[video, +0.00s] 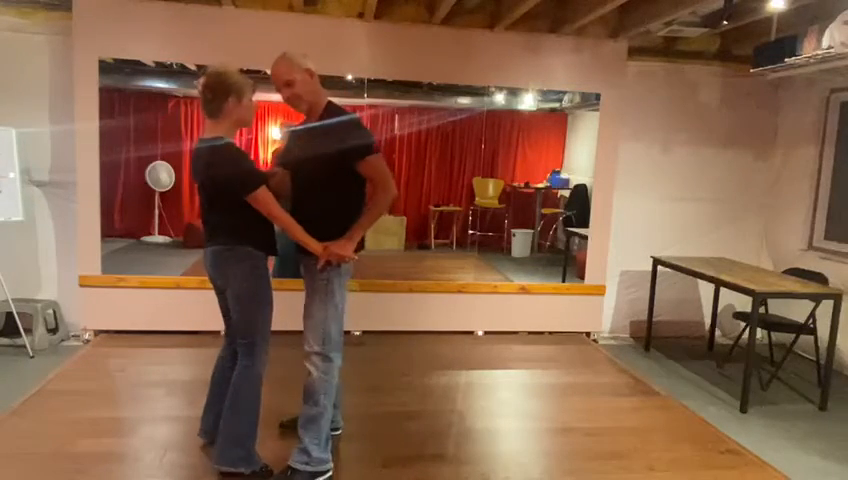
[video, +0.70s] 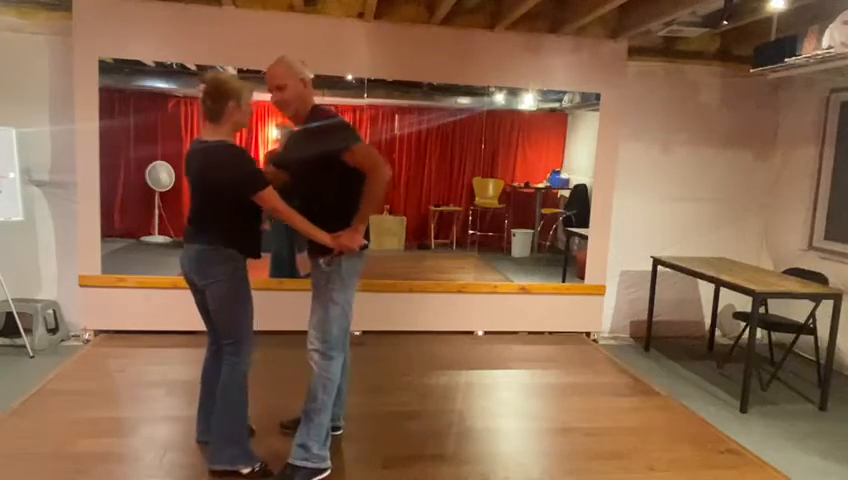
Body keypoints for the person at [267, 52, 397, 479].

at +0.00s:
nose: (284, 94)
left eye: (287, 84)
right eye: (279, 89)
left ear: (310, 75)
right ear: (281, 90)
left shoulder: (346, 125)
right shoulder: (299, 132)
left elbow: (386, 189)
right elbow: (278, 186)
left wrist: (350, 239)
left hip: (334, 252)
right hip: (308, 251)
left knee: (319, 351)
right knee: (321, 343)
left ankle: (314, 460)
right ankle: (326, 419)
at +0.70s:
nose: (275, 98)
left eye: (281, 88)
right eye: (271, 91)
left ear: (305, 84)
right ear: (276, 93)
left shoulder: (329, 126)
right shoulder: (298, 134)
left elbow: (380, 170)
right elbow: (281, 180)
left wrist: (358, 227)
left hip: (340, 251)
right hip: (323, 250)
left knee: (323, 348)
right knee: (331, 342)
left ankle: (312, 457)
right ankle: (329, 418)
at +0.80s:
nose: (275, 97)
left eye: (281, 88)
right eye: (271, 90)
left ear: (305, 85)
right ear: (277, 92)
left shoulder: (328, 125)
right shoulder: (297, 135)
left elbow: (384, 164)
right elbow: (271, 179)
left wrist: (368, 223)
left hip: (343, 253)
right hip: (323, 253)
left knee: (325, 349)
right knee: (327, 342)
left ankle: (313, 460)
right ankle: (326, 418)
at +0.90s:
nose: (277, 92)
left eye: (284, 84)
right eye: (273, 85)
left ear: (308, 84)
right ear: (274, 91)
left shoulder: (333, 124)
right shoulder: (291, 138)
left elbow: (388, 154)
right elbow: (264, 183)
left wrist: (379, 214)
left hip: (344, 252)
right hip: (320, 252)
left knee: (325, 351)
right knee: (318, 340)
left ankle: (313, 462)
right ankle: (325, 416)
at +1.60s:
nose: (312, 136)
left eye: (318, 128)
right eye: (305, 129)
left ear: (334, 129)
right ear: (298, 135)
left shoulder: (361, 166)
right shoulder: (295, 188)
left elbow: (392, 220)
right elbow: (247, 217)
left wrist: (348, 254)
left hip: (367, 279)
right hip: (327, 280)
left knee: (306, 353)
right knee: (276, 343)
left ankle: (313, 467)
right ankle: (322, 419)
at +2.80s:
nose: (299, 123)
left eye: (303, 116)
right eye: (300, 116)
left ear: (314, 118)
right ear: (341, 116)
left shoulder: (356, 168)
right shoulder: (311, 169)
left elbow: (342, 248)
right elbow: (274, 198)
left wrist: (285, 270)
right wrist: (231, 197)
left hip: (349, 294)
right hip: (327, 288)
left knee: (275, 383)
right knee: (307, 352)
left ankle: (310, 470)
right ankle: (324, 417)